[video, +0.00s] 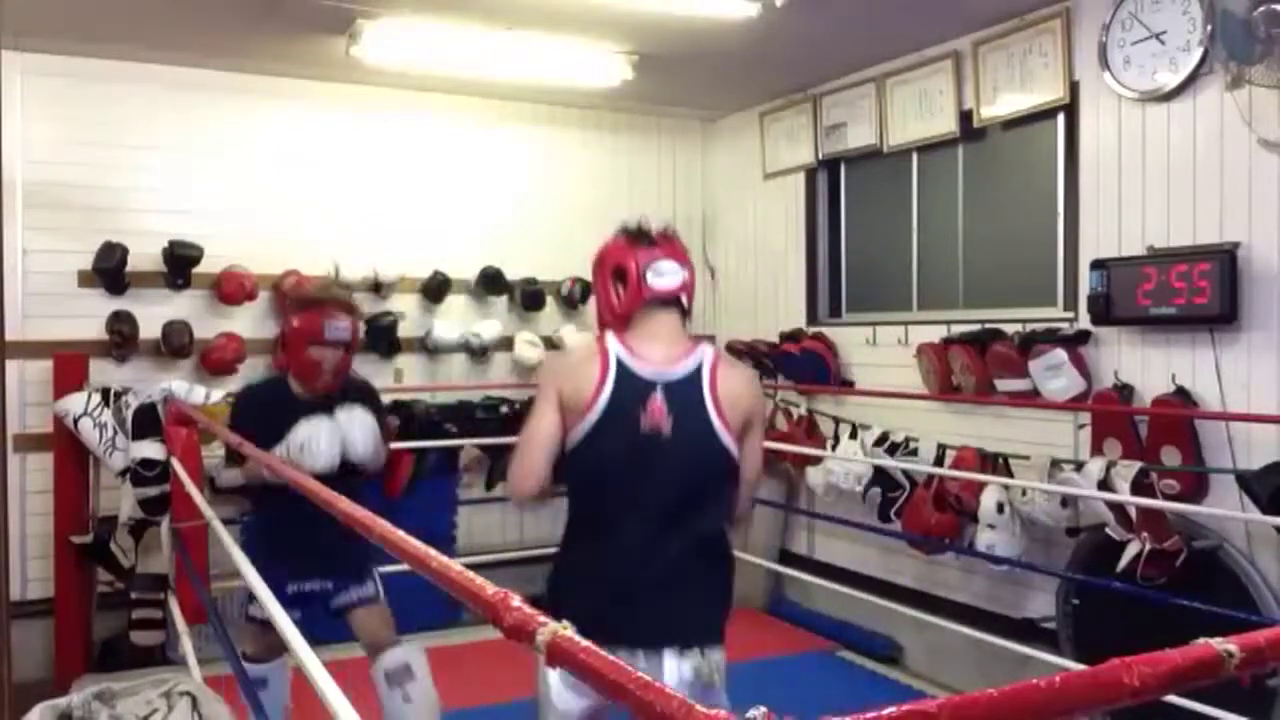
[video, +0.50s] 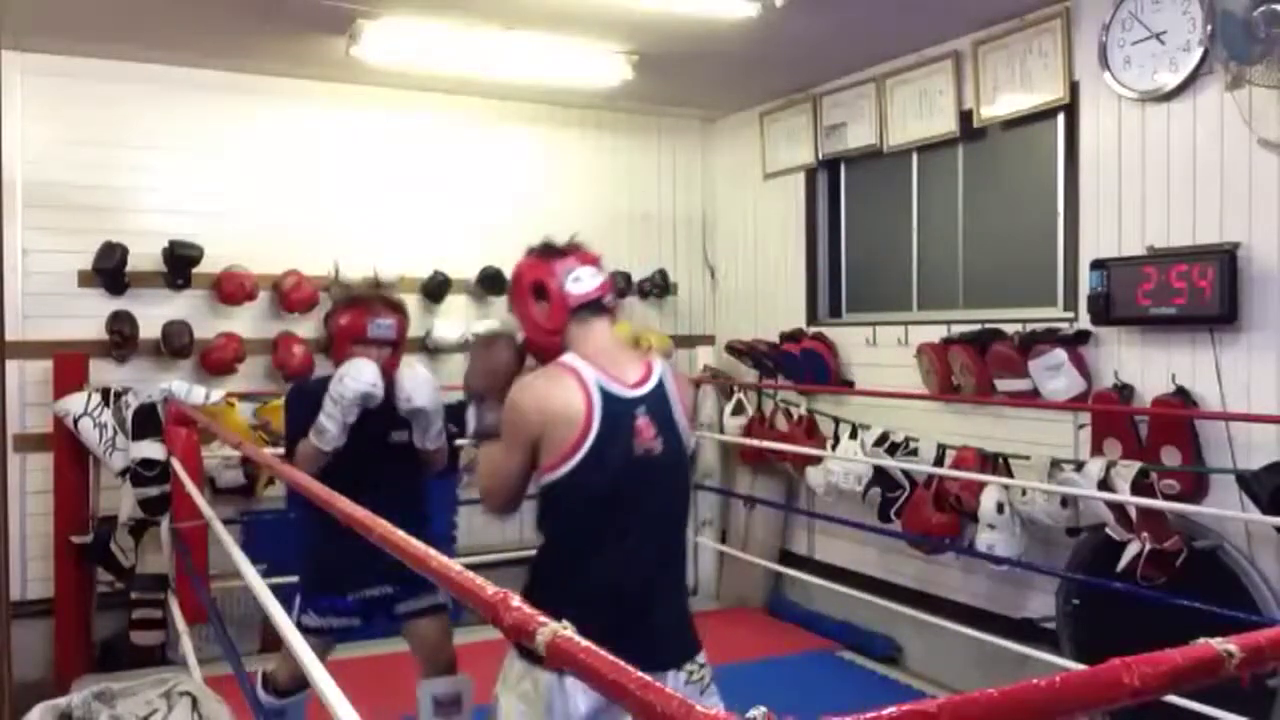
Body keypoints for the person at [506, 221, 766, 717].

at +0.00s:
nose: (596, 301)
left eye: (600, 288)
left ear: (615, 289)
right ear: (687, 290)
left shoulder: (572, 368)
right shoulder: (738, 382)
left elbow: (524, 485)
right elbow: (739, 504)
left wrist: (585, 462)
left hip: (584, 623)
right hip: (690, 628)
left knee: (569, 709)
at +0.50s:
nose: (525, 325)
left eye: (526, 311)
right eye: (522, 313)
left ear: (544, 306)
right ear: (608, 295)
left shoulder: (539, 392)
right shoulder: (670, 376)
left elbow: (498, 496)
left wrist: (491, 399)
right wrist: (558, 366)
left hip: (567, 650)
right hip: (664, 640)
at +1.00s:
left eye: (449, 313)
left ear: (454, 320)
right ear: (521, 325)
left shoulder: (409, 389)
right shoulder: (544, 396)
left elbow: (355, 477)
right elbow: (583, 499)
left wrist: (395, 420)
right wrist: (556, 437)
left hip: (429, 619)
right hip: (506, 628)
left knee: (445, 706)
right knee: (602, 711)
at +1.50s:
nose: (564, 315)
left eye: (568, 301)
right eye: (565, 302)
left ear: (586, 307)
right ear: (649, 317)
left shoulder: (535, 382)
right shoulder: (688, 406)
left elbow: (472, 488)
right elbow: (689, 520)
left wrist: (536, 464)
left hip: (539, 642)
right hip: (643, 647)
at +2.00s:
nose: (772, 300)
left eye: (774, 284)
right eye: (770, 285)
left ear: (802, 279)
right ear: (844, 272)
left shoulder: (798, 346)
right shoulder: (914, 345)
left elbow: (788, 459)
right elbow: (938, 451)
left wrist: (746, 428)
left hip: (832, 589)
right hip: (910, 578)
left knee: (825, 710)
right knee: (909, 710)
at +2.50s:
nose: (858, 315)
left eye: (861, 301)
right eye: (855, 302)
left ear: (894, 292)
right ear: (909, 289)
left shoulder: (921, 360)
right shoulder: (961, 354)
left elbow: (896, 466)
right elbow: (902, 438)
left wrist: (837, 424)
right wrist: (850, 368)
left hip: (909, 546)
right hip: (963, 554)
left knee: (776, 496)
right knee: (950, 690)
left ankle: (825, 624)